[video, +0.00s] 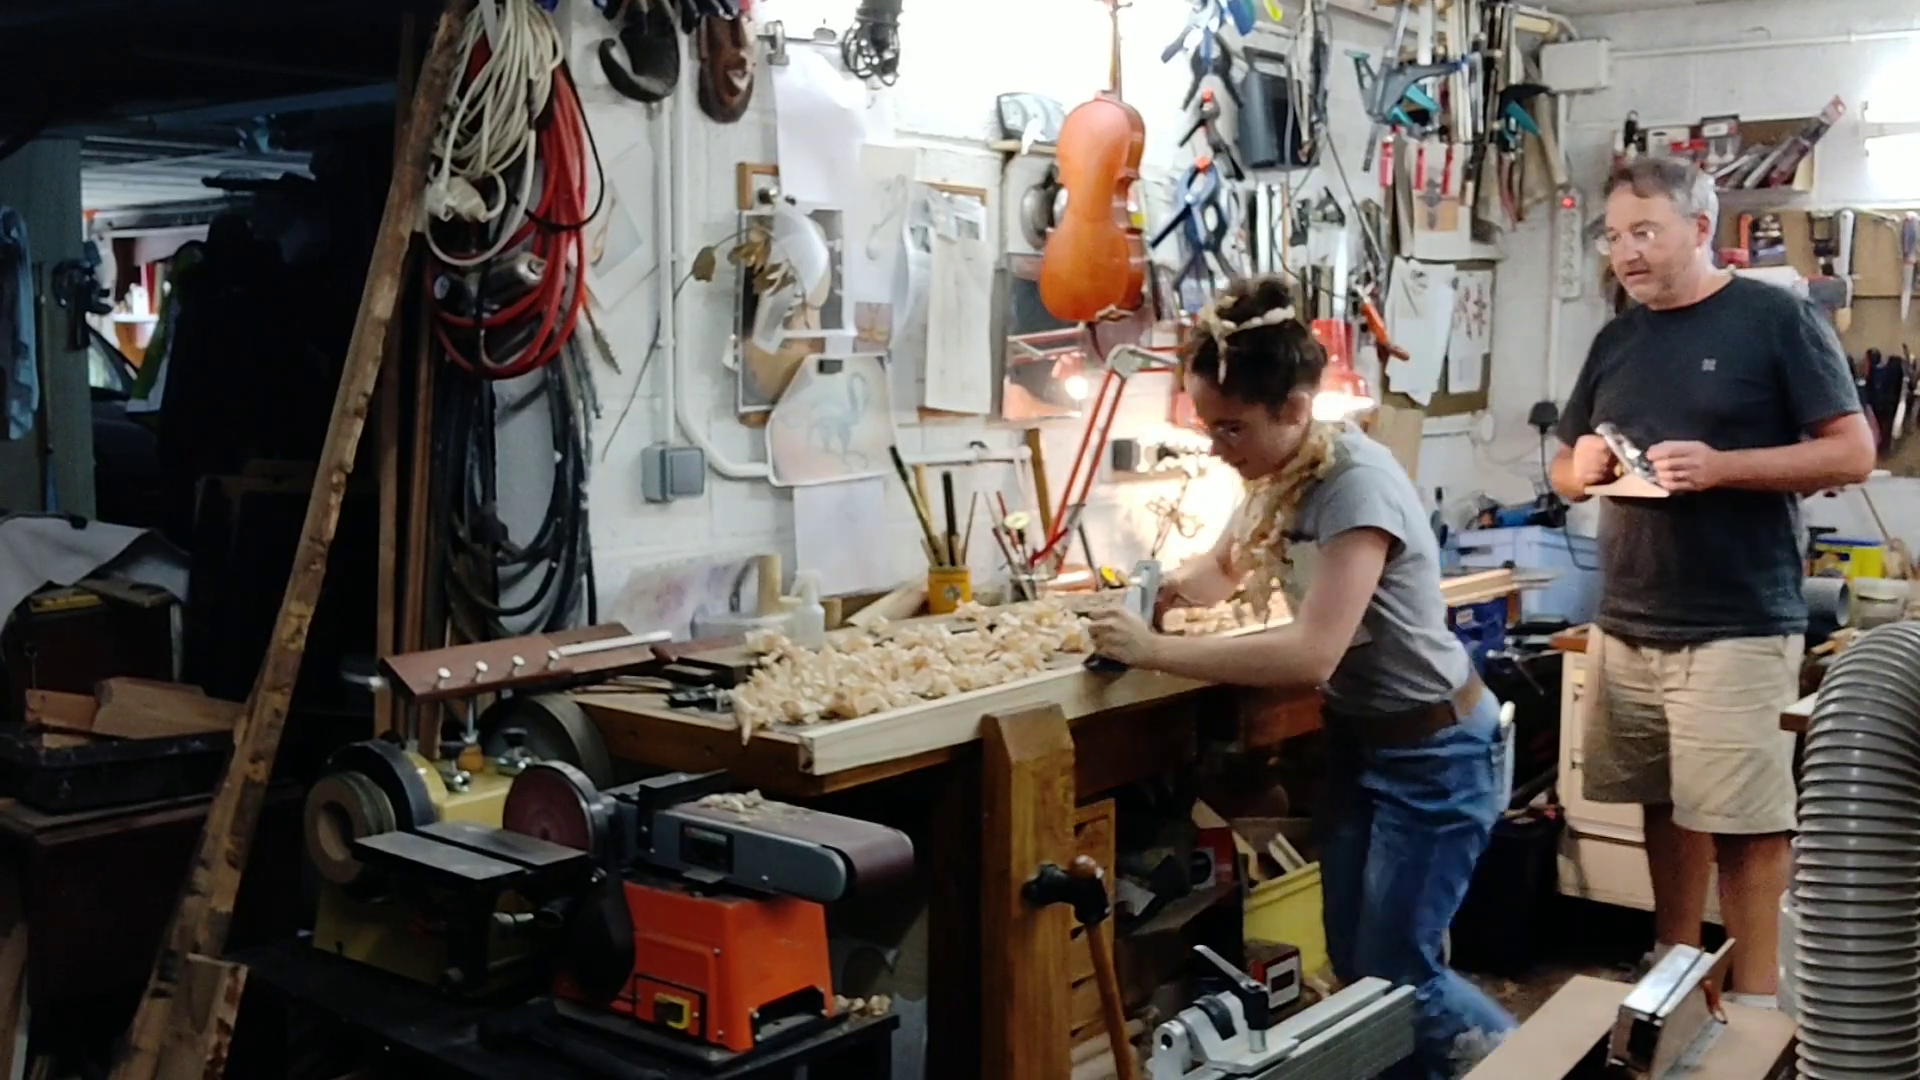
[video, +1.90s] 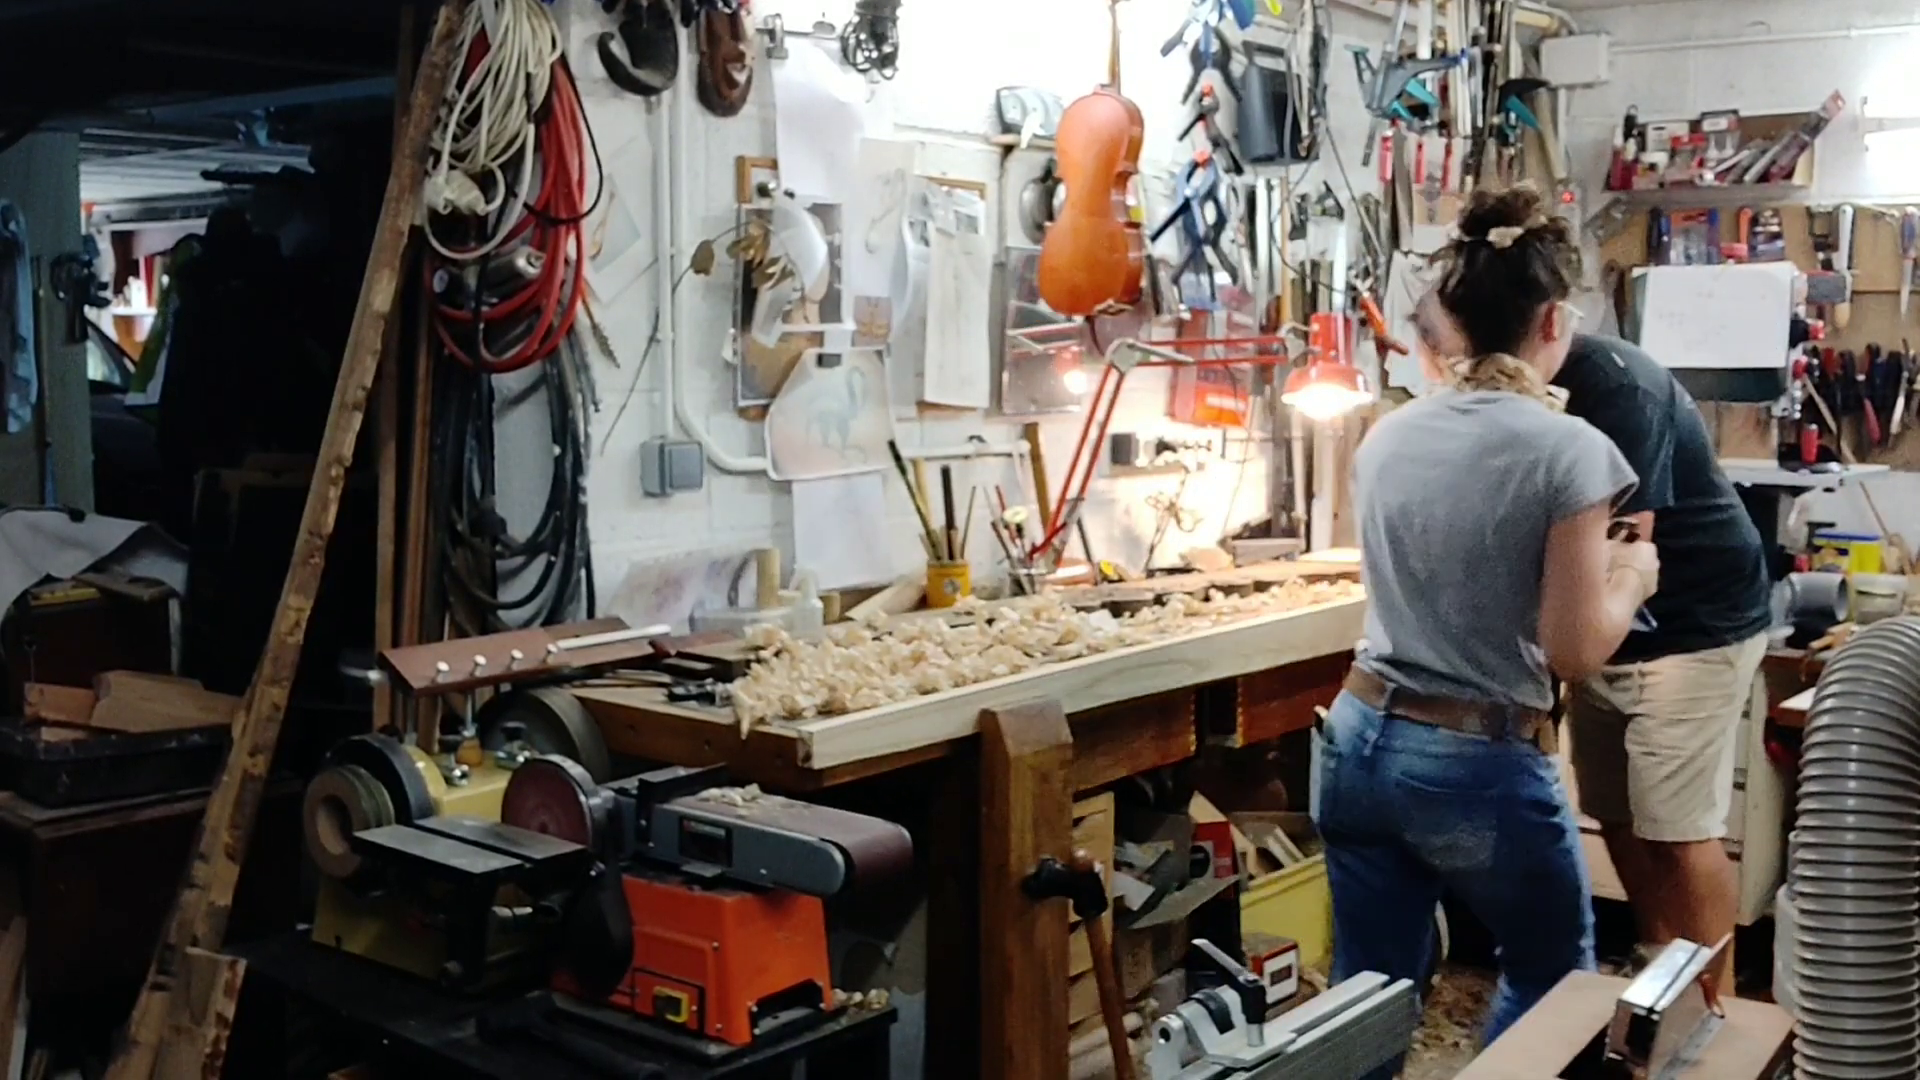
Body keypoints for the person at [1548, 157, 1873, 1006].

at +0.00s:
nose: (1626, 251)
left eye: (1644, 231)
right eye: (1614, 235)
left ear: (1701, 228)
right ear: (1606, 243)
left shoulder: (1777, 313)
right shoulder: (1615, 339)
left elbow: (1855, 451)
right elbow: (1565, 465)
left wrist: (1723, 464)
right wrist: (1581, 468)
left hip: (1740, 630)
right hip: (1634, 627)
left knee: (1744, 829)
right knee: (1667, 810)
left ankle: (1753, 1006)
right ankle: (1676, 972)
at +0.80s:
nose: (1604, 268)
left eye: (1620, 248)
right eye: (1594, 252)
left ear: (1679, 236)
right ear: (1588, 250)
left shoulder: (1752, 319)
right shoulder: (1610, 334)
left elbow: (1770, 466)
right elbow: (1580, 445)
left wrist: (1617, 494)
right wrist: (1555, 477)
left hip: (1730, 627)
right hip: (1626, 622)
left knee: (1746, 818)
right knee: (1656, 806)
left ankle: (1755, 995)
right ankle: (1674, 966)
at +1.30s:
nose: (1512, 341)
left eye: (1520, 320)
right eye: (1504, 327)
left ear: (1579, 294)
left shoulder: (1666, 361)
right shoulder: (1559, 382)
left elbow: (1665, 520)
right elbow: (1561, 483)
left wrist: (1524, 552)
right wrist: (1501, 527)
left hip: (1710, 629)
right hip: (1615, 630)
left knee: (1710, 816)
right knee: (1620, 805)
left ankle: (1748, 999)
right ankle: (1656, 961)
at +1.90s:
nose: (1478, 367)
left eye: (1502, 347)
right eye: (1468, 349)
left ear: (1551, 324)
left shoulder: (1620, 389)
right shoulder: (1500, 390)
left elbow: (1628, 555)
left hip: (1700, 623)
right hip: (1596, 628)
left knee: (1676, 830)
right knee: (1621, 825)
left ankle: (1713, 1014)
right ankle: (1666, 995)